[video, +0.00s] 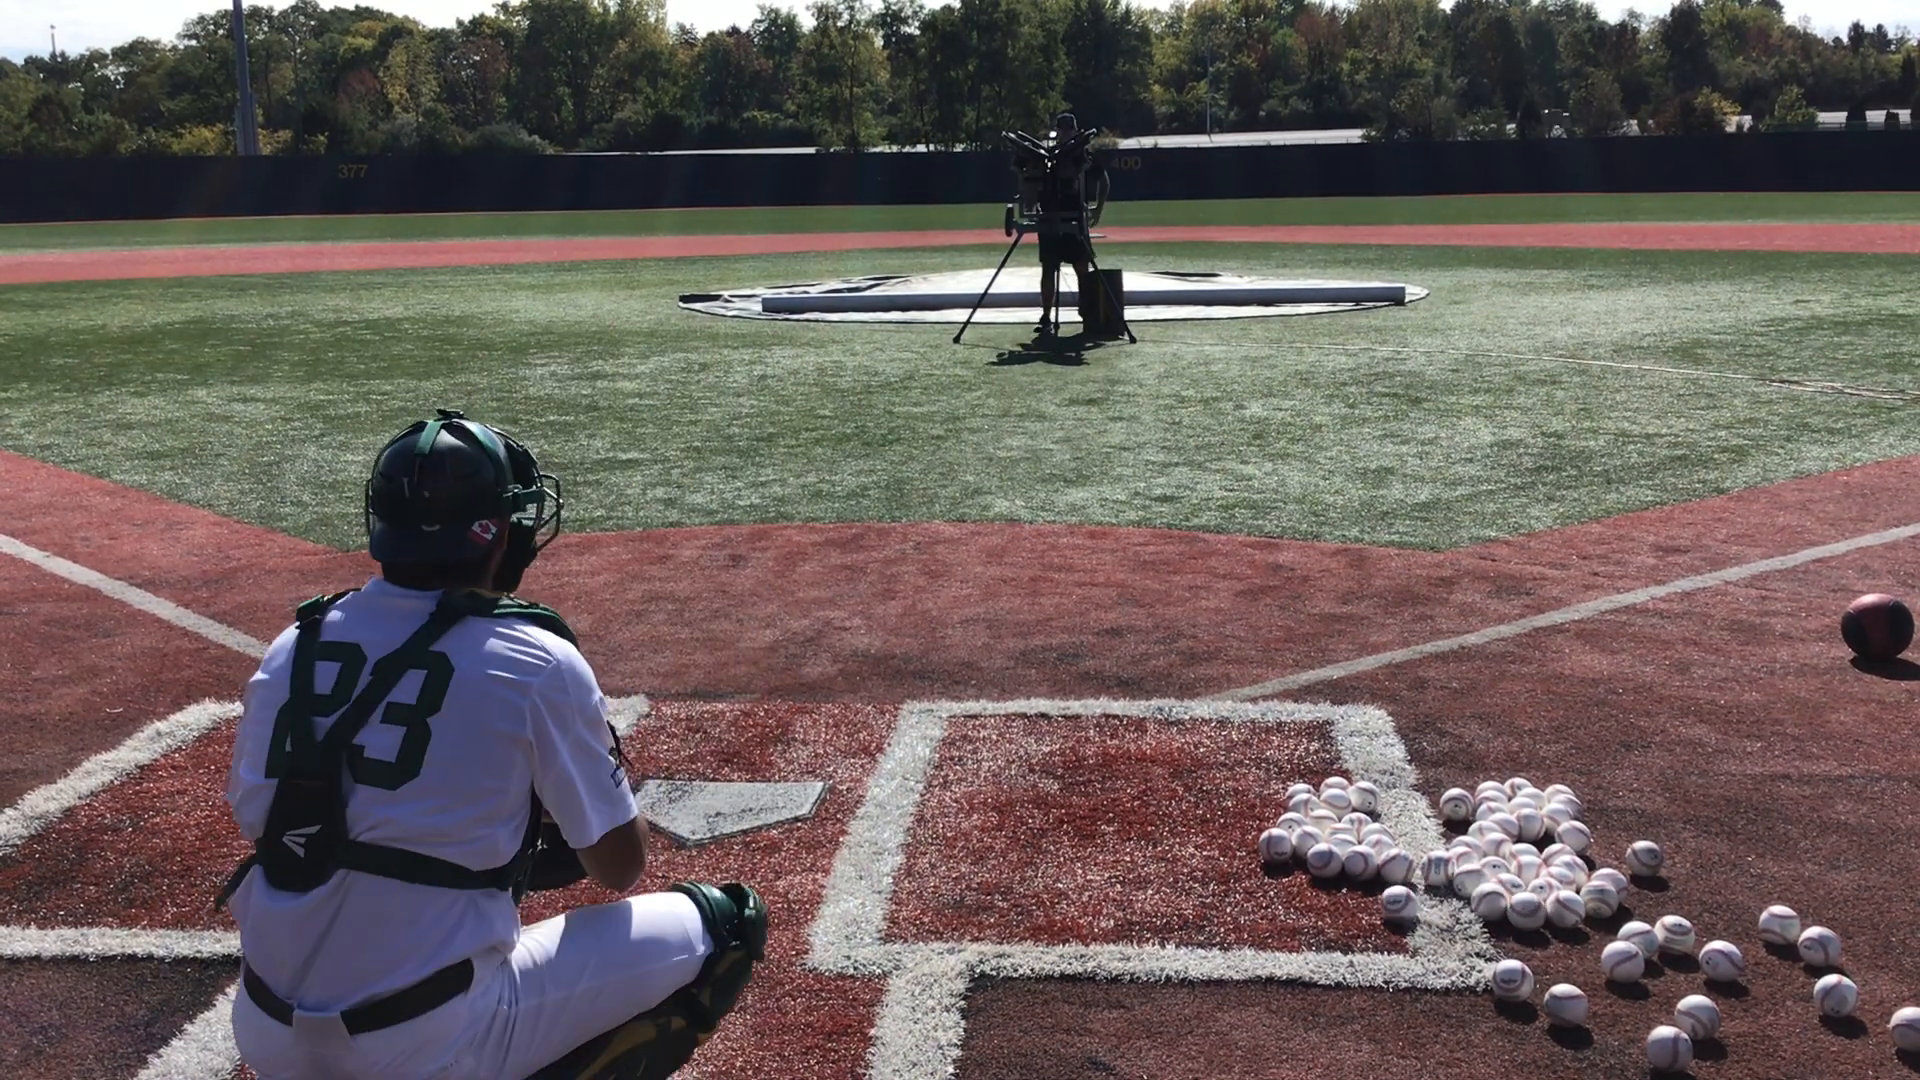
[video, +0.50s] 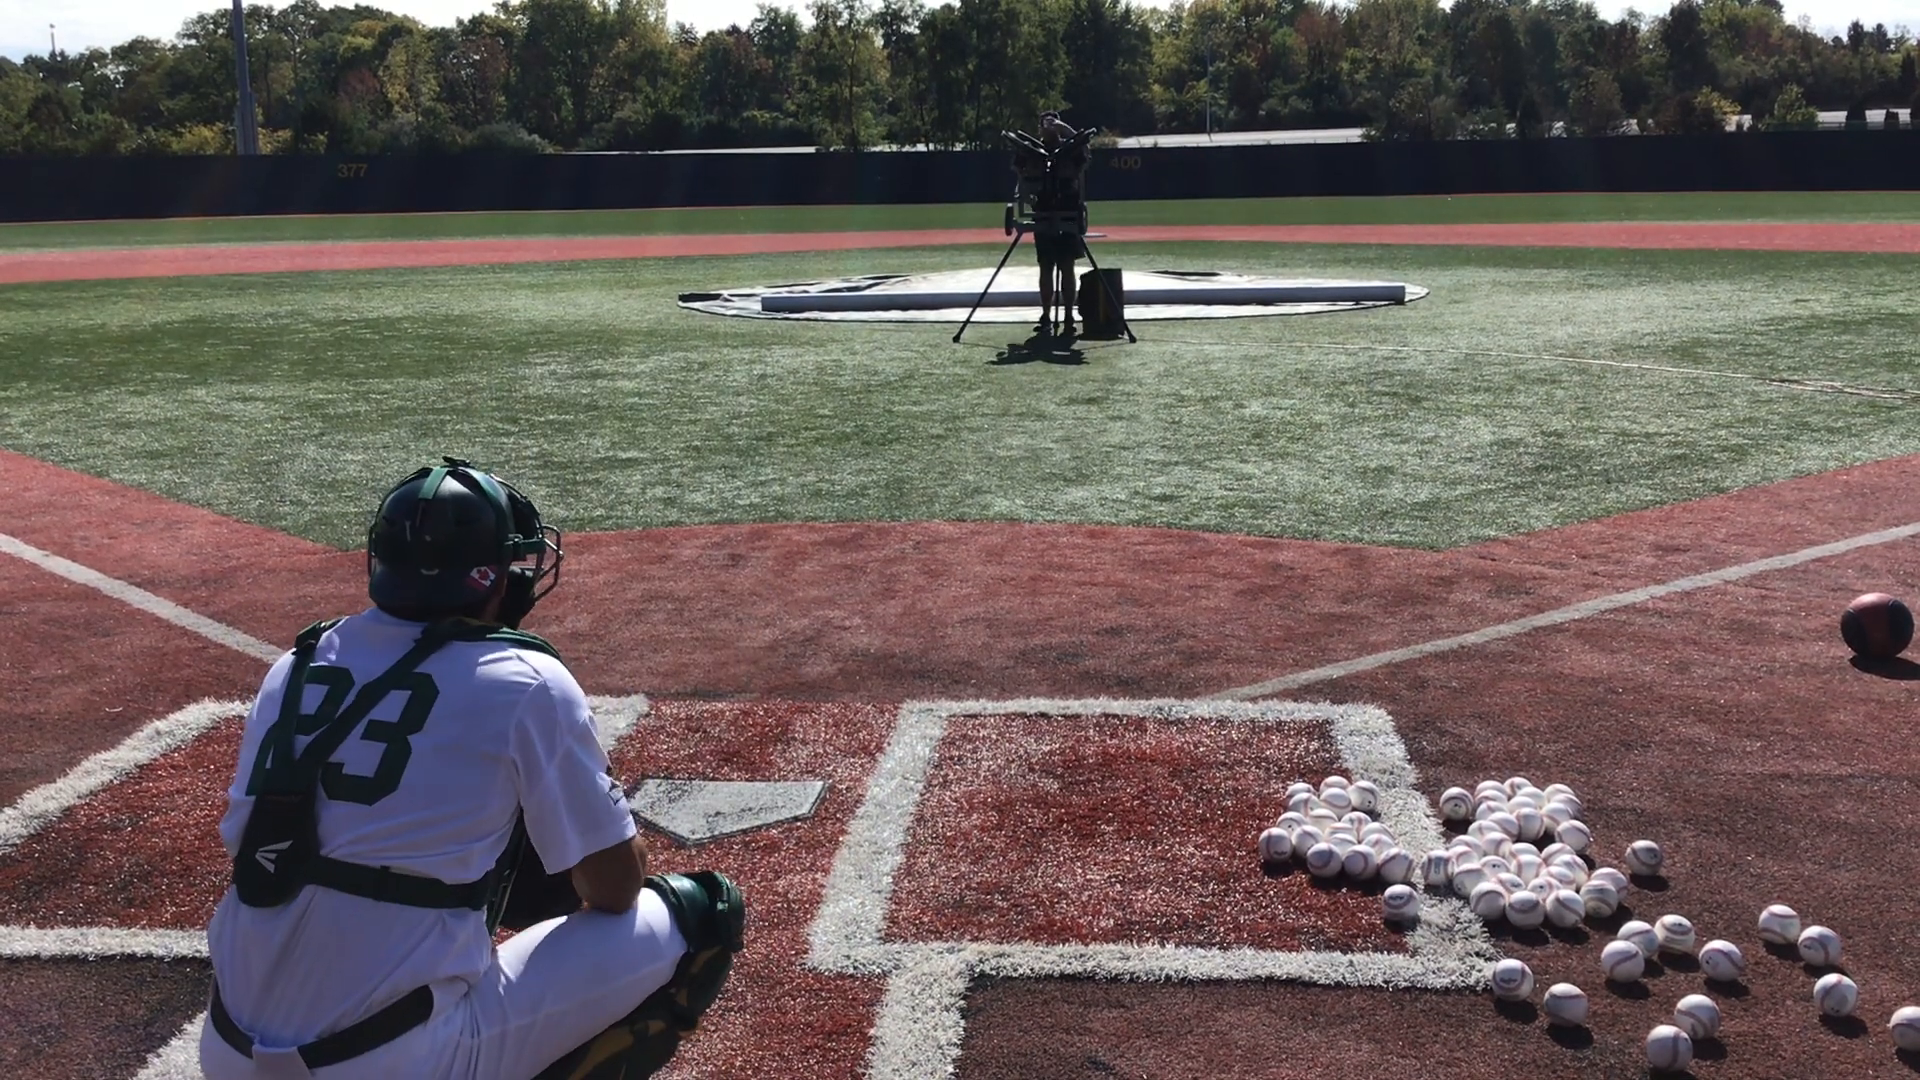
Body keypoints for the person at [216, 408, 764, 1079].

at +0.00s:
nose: (526, 534)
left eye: (521, 517)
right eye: (518, 519)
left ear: (384, 527)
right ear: (493, 540)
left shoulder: (293, 647)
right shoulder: (535, 663)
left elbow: (253, 818)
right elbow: (617, 867)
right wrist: (606, 772)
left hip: (266, 1036)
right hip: (425, 1047)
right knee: (727, 925)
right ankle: (558, 1070)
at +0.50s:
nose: (523, 576)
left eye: (520, 561)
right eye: (515, 565)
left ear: (384, 566)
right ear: (490, 583)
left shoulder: (300, 660)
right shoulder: (526, 683)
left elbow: (242, 838)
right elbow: (613, 888)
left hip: (232, 1045)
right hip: (398, 1058)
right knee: (703, 911)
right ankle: (563, 1064)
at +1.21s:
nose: (530, 565)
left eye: (526, 550)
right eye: (521, 553)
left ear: (390, 560)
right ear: (498, 575)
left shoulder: (303, 660)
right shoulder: (545, 675)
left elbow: (247, 845)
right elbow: (627, 873)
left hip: (245, 1042)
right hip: (416, 1056)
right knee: (701, 907)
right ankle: (560, 1070)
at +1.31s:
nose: (524, 531)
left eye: (521, 516)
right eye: (516, 519)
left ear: (386, 529)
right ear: (497, 537)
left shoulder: (309, 623)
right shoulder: (547, 636)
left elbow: (238, 815)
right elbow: (666, 819)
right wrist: (626, 725)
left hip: (248, 1016)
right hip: (408, 1034)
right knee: (661, 895)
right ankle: (525, 1068)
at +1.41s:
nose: (526, 475)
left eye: (523, 459)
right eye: (519, 462)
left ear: (388, 469)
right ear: (498, 478)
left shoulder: (311, 561)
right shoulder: (543, 565)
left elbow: (236, 747)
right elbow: (687, 736)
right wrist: (597, 691)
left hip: (266, 953)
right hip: (425, 949)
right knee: (665, 860)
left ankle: (341, 1065)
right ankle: (521, 1067)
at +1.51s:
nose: (536, 443)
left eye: (532, 427)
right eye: (529, 429)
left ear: (402, 433)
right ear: (510, 441)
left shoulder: (327, 519)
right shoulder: (558, 521)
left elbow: (245, 700)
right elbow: (711, 697)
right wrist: (608, 684)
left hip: (269, 880)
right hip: (446, 888)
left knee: (243, 793)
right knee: (705, 824)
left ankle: (255, 1068)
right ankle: (620, 1066)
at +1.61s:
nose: (548, 457)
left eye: (543, 441)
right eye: (541, 442)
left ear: (414, 449)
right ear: (520, 452)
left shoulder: (332, 543)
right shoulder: (565, 532)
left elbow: (268, 703)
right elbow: (727, 710)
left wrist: (503, 711)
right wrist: (627, 701)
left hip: (275, 878)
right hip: (469, 882)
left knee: (224, 819)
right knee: (720, 869)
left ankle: (153, 1064)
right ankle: (710, 1061)